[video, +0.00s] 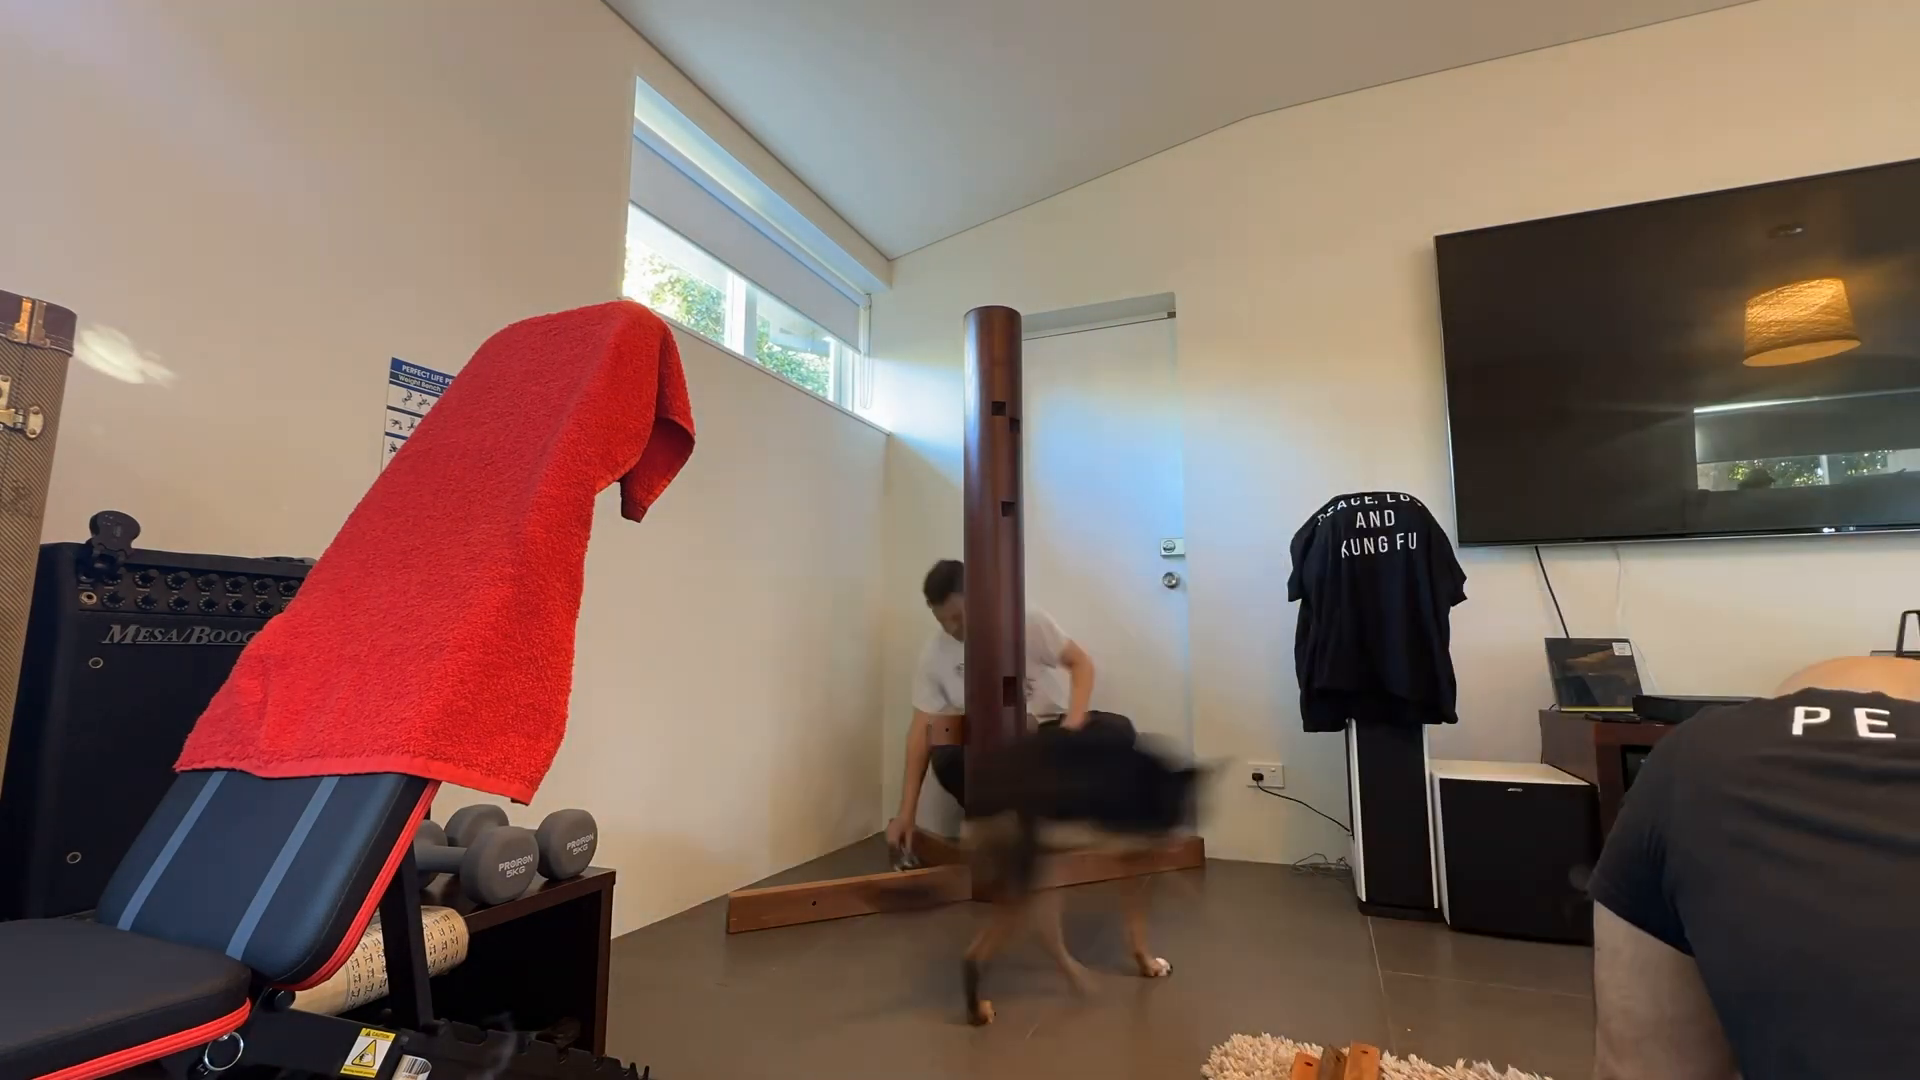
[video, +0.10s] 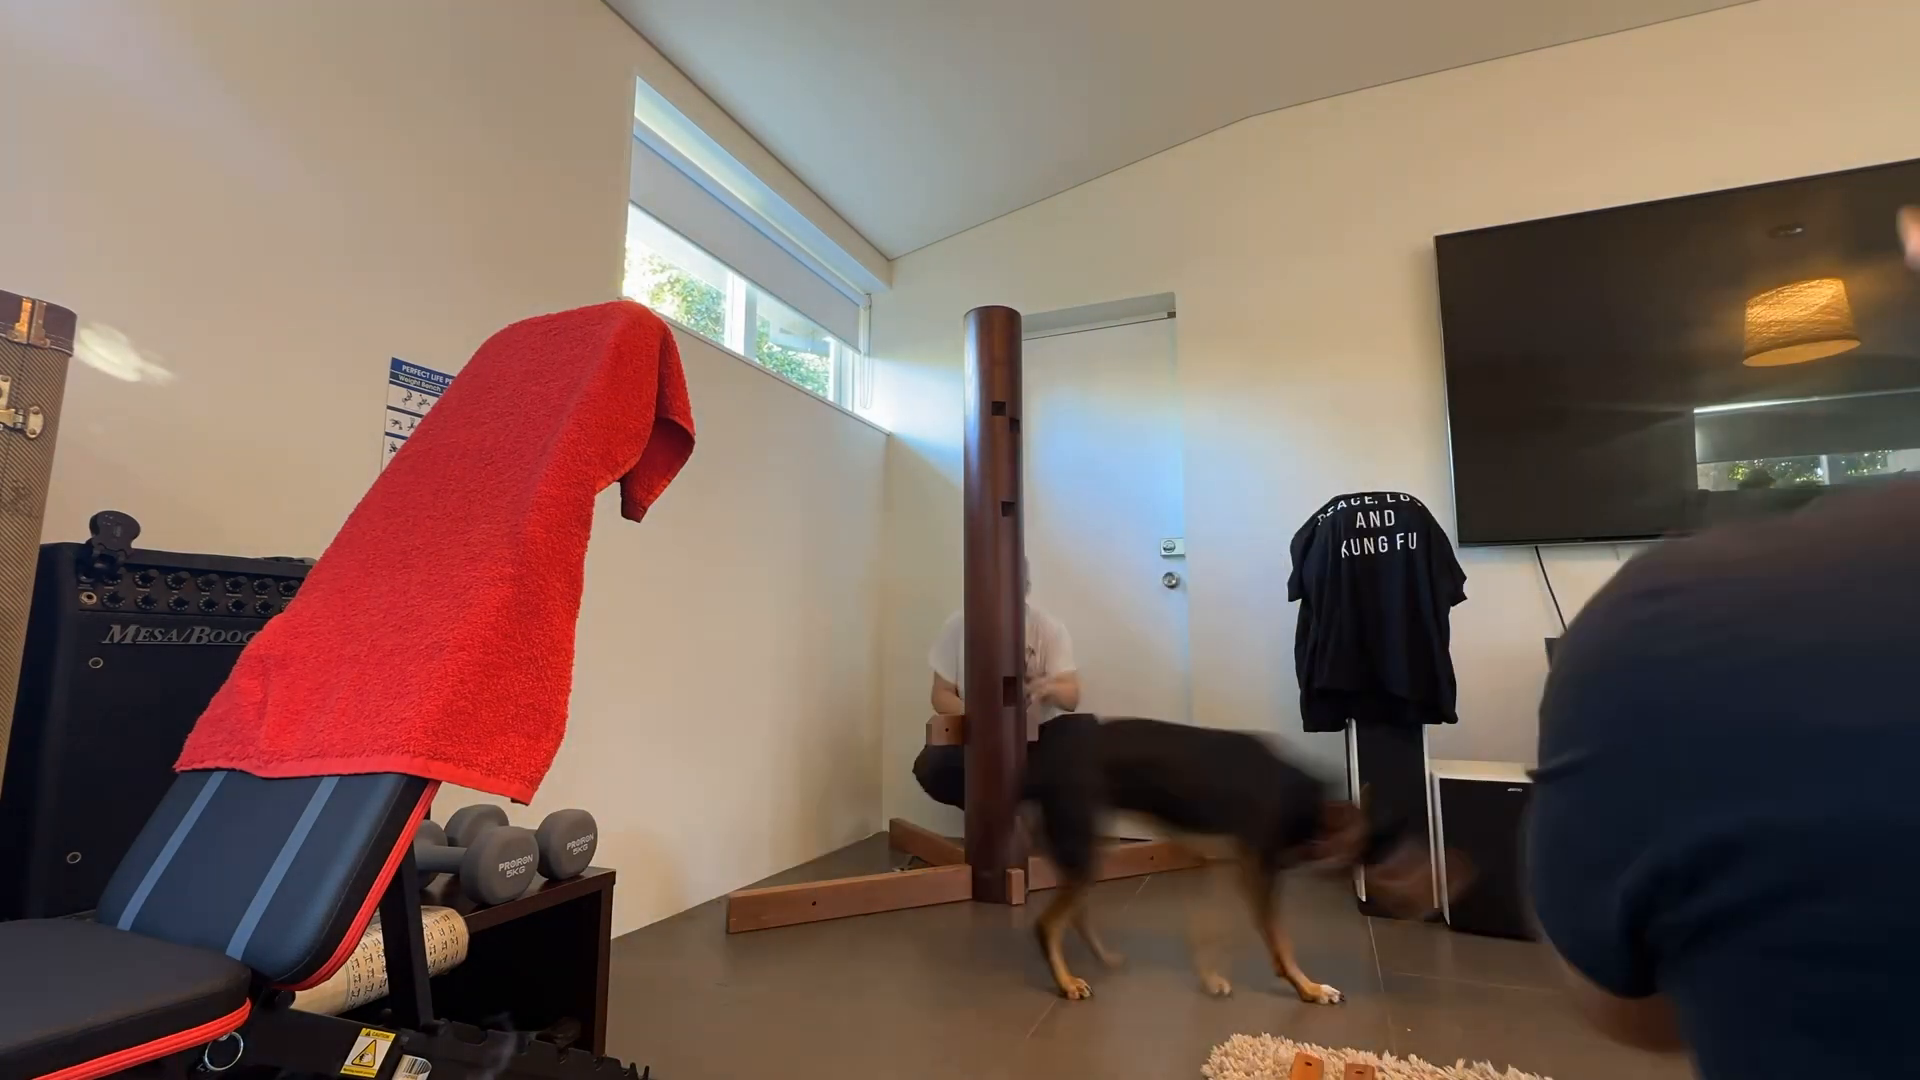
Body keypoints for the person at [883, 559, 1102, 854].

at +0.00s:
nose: (952, 628)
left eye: (958, 617)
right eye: (943, 621)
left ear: (977, 604)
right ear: (935, 616)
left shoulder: (1027, 624)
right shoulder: (939, 654)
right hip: (990, 742)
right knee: (947, 759)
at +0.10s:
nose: (1006, 588)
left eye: (1014, 578)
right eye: (997, 577)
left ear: (1025, 581)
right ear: (982, 580)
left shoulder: (1048, 630)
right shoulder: (960, 627)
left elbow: (1071, 698)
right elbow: (941, 696)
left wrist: (1048, 688)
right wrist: (981, 712)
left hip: (1033, 742)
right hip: (979, 746)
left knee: (1080, 730)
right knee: (932, 765)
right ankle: (1005, 817)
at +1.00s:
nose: (996, 590)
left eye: (1005, 580)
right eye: (988, 581)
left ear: (1019, 581)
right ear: (976, 583)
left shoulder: (1047, 632)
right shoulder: (958, 633)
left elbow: (1073, 699)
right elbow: (920, 696)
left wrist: (1043, 690)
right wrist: (932, 721)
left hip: (1035, 750)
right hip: (981, 753)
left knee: (1083, 729)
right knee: (952, 762)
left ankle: (1052, 820)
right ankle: (996, 829)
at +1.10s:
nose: (862, 652)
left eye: (865, 642)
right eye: (861, 638)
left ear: (827, 633)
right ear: (829, 632)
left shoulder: (831, 702)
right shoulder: (754, 696)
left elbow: (844, 779)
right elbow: (738, 798)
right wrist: (847, 793)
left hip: (826, 838)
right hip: (760, 849)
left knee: (922, 835)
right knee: (848, 830)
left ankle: (1027, 931)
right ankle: (1021, 884)